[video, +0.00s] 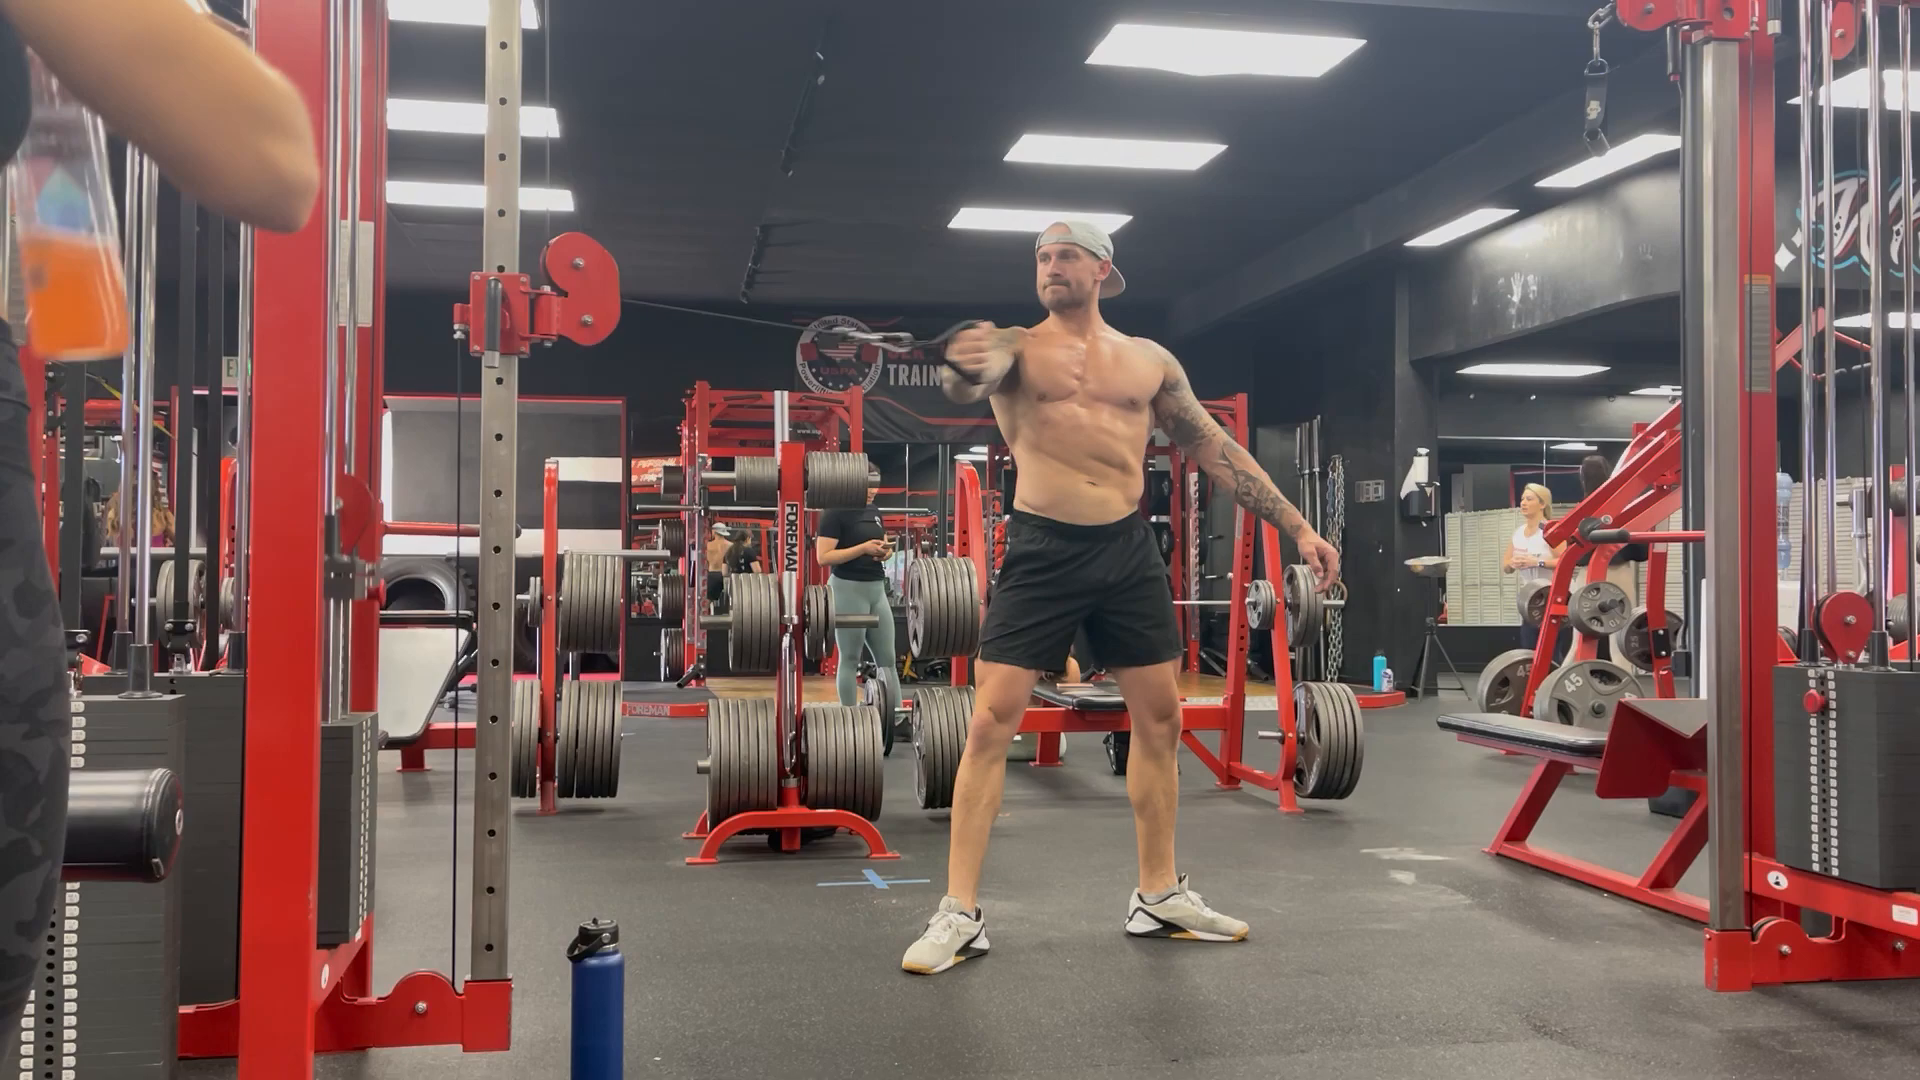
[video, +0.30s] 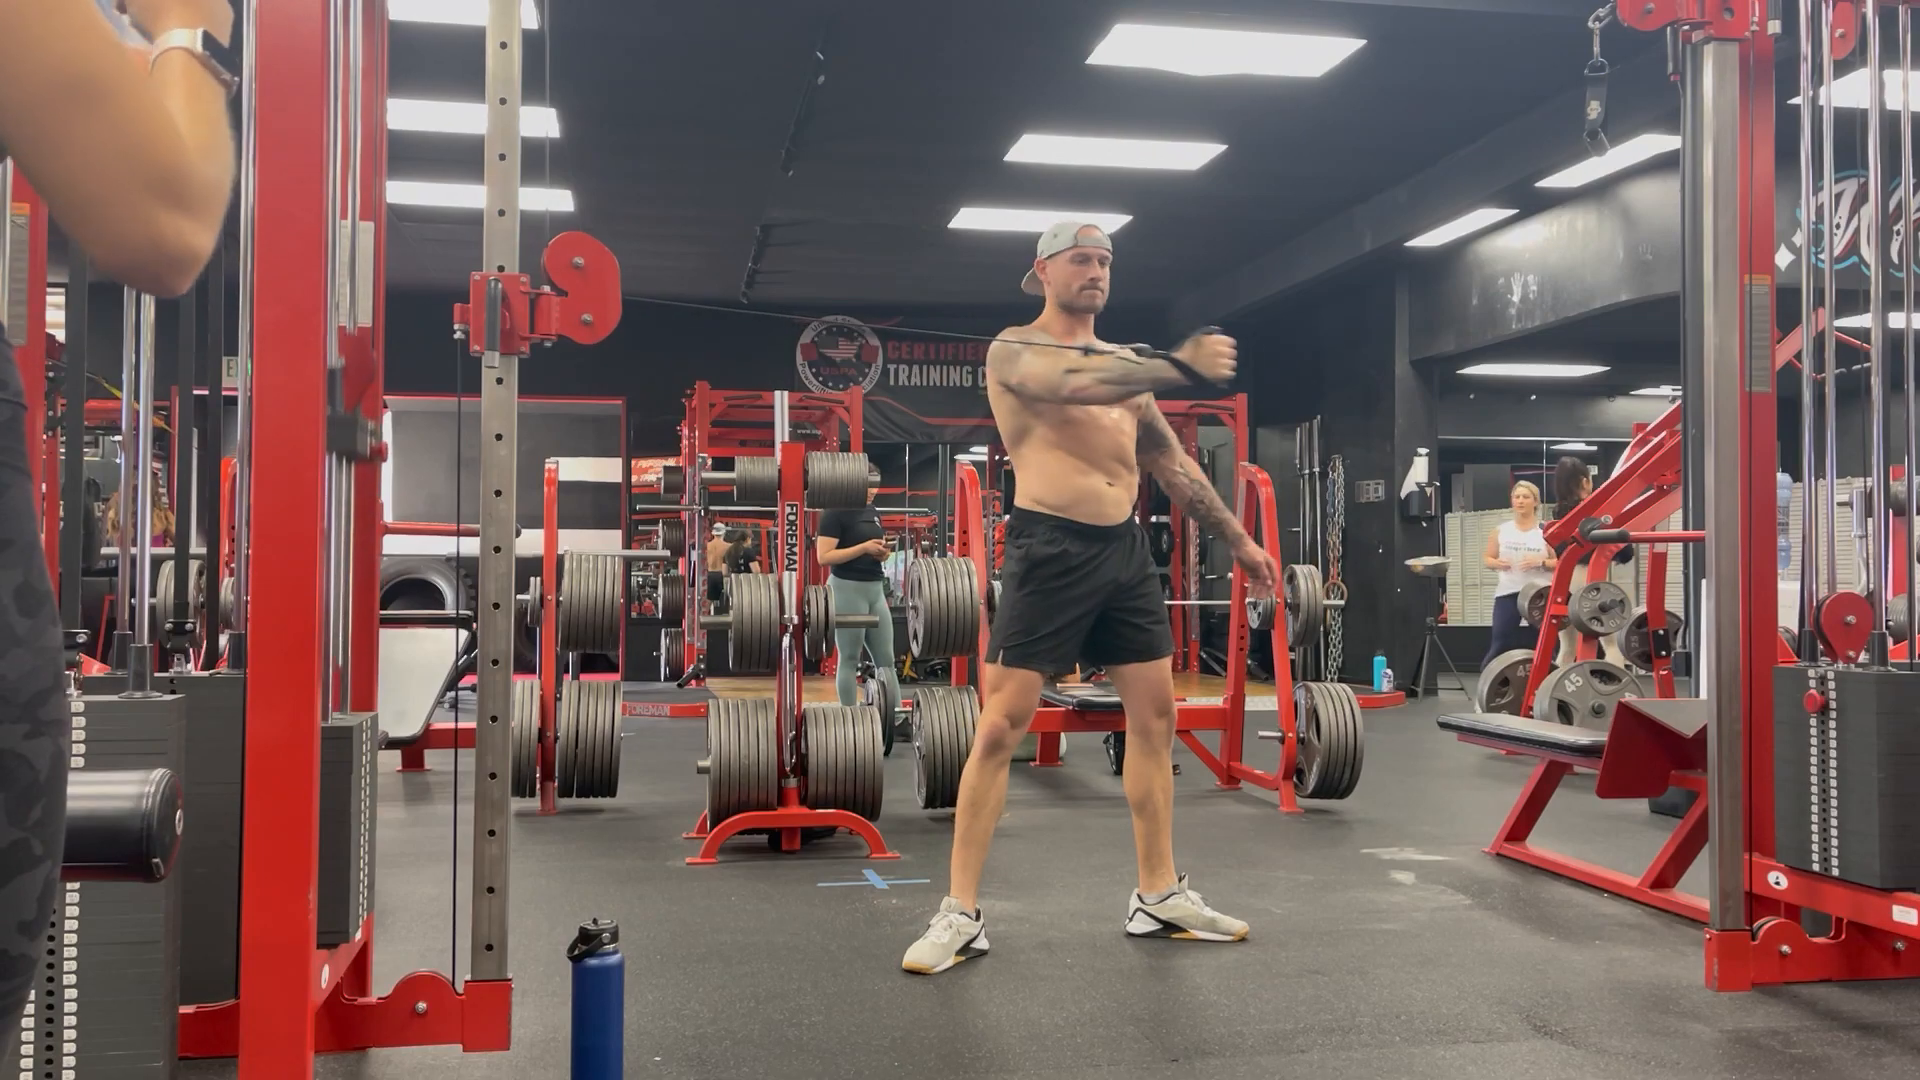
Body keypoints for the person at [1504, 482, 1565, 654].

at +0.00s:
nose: (1523, 503)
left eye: (1529, 499)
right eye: (1522, 499)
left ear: (1542, 504)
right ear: (1520, 503)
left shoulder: (1553, 530)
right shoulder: (1519, 532)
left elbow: (1565, 561)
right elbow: (1506, 567)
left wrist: (1537, 562)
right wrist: (1513, 563)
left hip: (1553, 598)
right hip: (1528, 597)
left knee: (1553, 652)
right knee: (1529, 648)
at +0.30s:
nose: (1520, 501)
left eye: (1525, 497)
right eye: (1516, 497)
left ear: (1535, 502)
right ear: (1512, 501)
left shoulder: (1547, 530)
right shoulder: (1500, 532)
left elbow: (1560, 562)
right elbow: (1488, 559)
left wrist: (1541, 561)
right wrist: (1499, 564)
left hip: (1540, 595)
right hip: (1508, 595)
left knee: (1546, 645)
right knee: (1500, 645)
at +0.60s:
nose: (1517, 501)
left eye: (1520, 498)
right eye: (1513, 496)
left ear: (1521, 503)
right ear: (1499, 499)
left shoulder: (1524, 532)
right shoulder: (1482, 526)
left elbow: (1526, 563)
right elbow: (1464, 552)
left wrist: (1533, 567)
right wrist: (1496, 553)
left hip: (1512, 594)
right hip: (1483, 594)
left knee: (1525, 644)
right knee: (1484, 648)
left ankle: (1526, 694)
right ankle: (1482, 697)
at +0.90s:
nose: (1510, 503)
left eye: (1510, 499)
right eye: (1507, 498)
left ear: (1496, 501)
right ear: (1492, 499)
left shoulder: (1498, 526)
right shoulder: (1480, 527)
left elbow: (1492, 557)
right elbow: (1477, 561)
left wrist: (1512, 561)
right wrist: (1510, 558)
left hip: (1492, 594)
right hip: (1474, 597)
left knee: (1495, 646)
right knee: (1480, 647)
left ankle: (1492, 693)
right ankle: (1478, 695)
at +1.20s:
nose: (1500, 504)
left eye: (1500, 499)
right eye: (1497, 499)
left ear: (1482, 503)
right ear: (1484, 502)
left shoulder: (1473, 525)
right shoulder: (1480, 528)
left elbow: (1480, 558)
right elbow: (1485, 562)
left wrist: (1504, 557)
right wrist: (1508, 555)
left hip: (1465, 595)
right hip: (1475, 598)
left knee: (1464, 646)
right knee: (1481, 648)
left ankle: (1459, 695)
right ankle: (1479, 698)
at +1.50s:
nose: (1492, 505)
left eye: (1492, 501)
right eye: (1490, 501)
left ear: (1472, 504)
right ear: (1478, 504)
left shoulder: (1461, 527)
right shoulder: (1477, 530)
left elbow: (1463, 558)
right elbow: (1482, 563)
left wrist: (1496, 557)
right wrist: (1502, 559)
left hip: (1458, 595)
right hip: (1475, 598)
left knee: (1460, 645)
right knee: (1487, 646)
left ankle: (1458, 695)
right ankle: (1482, 697)